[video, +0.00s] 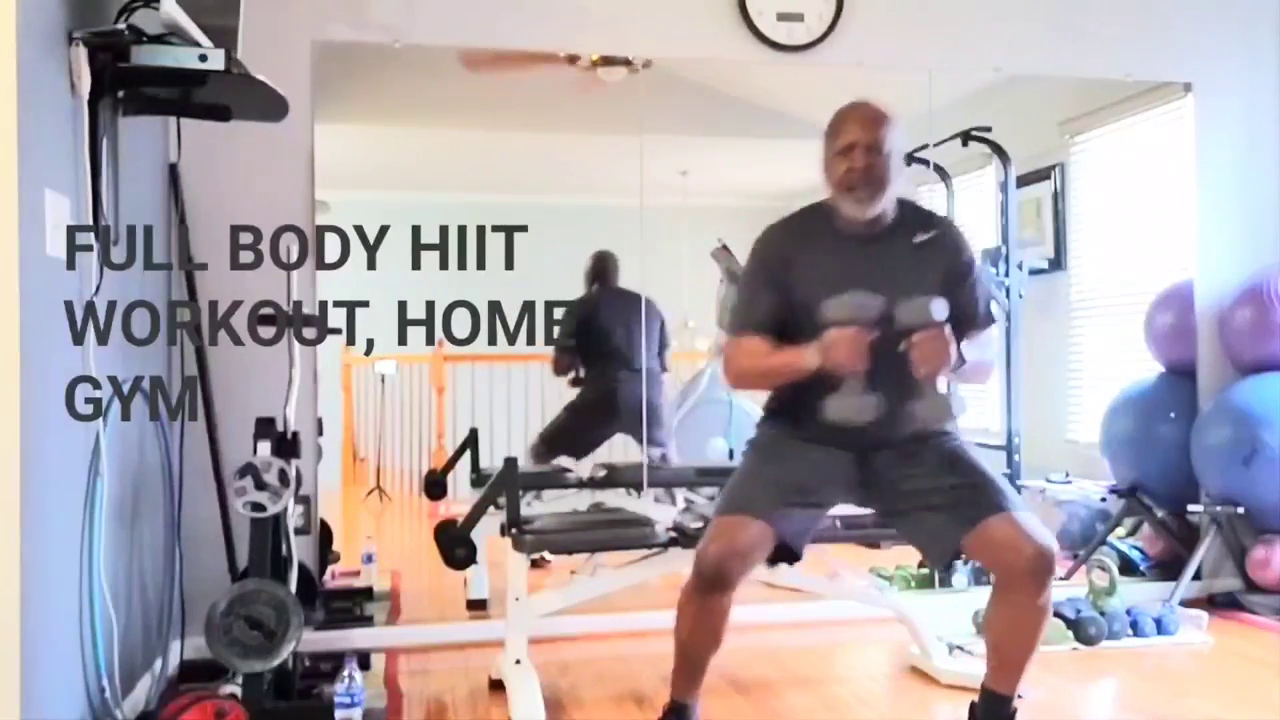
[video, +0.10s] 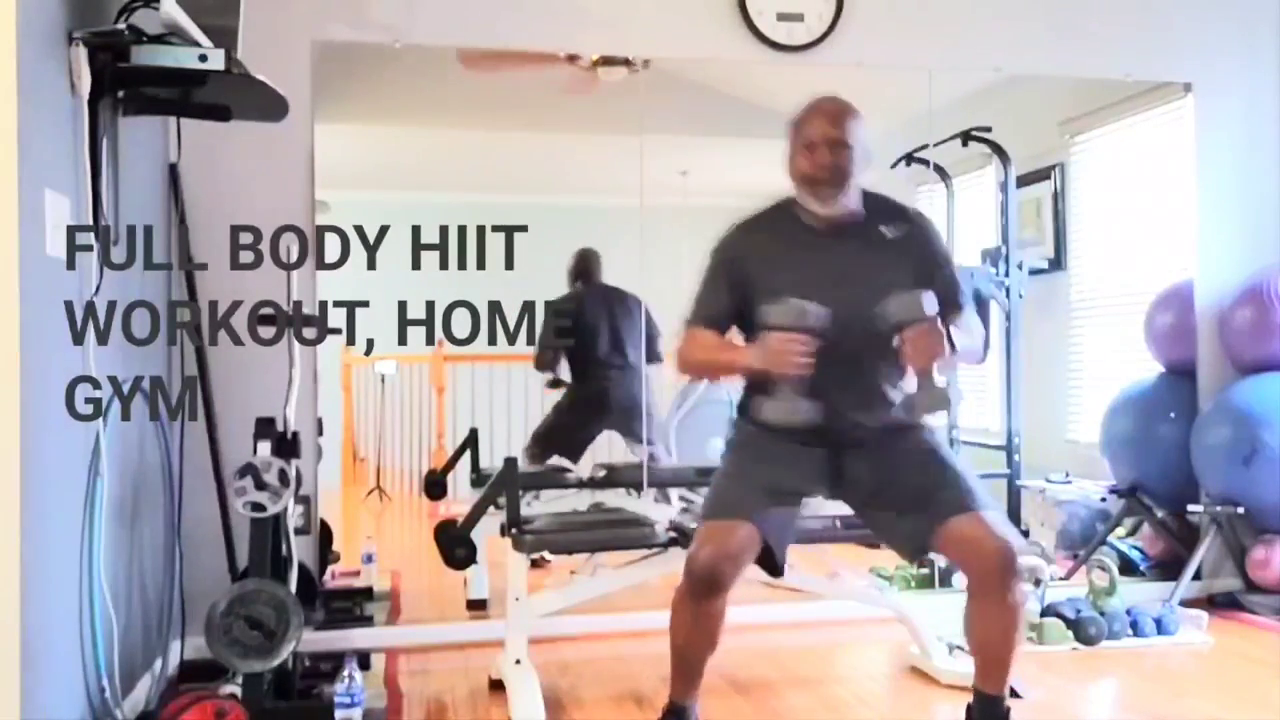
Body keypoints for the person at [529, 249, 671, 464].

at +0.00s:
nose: (589, 274)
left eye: (590, 271)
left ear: (590, 275)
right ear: (616, 274)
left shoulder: (582, 307)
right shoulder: (648, 306)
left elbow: (562, 365)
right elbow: (662, 364)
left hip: (602, 397)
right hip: (648, 399)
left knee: (540, 454)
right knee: (666, 462)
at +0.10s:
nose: (570, 273)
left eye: (571, 270)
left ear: (573, 273)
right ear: (599, 272)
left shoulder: (563, 307)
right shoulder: (632, 303)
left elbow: (544, 362)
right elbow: (654, 355)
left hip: (588, 398)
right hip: (633, 397)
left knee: (535, 454)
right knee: (656, 459)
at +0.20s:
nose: (555, 255)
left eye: (556, 250)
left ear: (557, 251)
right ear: (583, 250)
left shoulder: (548, 284)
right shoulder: (616, 279)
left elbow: (528, 323)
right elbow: (646, 319)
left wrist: (529, 359)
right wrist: (627, 333)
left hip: (573, 372)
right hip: (616, 370)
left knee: (534, 448)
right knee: (631, 446)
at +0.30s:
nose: (546, 236)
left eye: (546, 231)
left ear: (547, 231)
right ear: (574, 229)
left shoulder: (540, 259)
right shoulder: (601, 255)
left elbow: (516, 297)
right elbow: (642, 284)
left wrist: (512, 340)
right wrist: (623, 319)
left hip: (560, 353)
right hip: (601, 351)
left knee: (541, 422)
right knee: (609, 416)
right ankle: (616, 465)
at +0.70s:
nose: (535, 216)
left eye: (533, 211)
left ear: (533, 215)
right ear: (562, 214)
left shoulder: (519, 248)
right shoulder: (587, 249)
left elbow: (494, 301)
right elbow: (614, 301)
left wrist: (517, 306)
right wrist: (582, 304)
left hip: (530, 347)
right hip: (573, 351)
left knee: (505, 430)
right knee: (572, 431)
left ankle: (503, 494)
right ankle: (583, 490)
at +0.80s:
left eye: (529, 226)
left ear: (524, 228)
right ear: (554, 227)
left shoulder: (509, 262)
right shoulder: (578, 261)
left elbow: (487, 319)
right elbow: (594, 319)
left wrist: (508, 310)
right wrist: (565, 312)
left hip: (521, 360)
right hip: (567, 361)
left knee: (484, 430)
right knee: (578, 442)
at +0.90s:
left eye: (520, 249)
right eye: (535, 249)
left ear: (513, 252)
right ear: (542, 251)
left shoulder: (498, 286)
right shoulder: (562, 284)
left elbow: (479, 344)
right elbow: (579, 335)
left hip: (514, 378)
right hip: (558, 378)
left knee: (476, 427)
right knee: (578, 448)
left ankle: (446, 478)